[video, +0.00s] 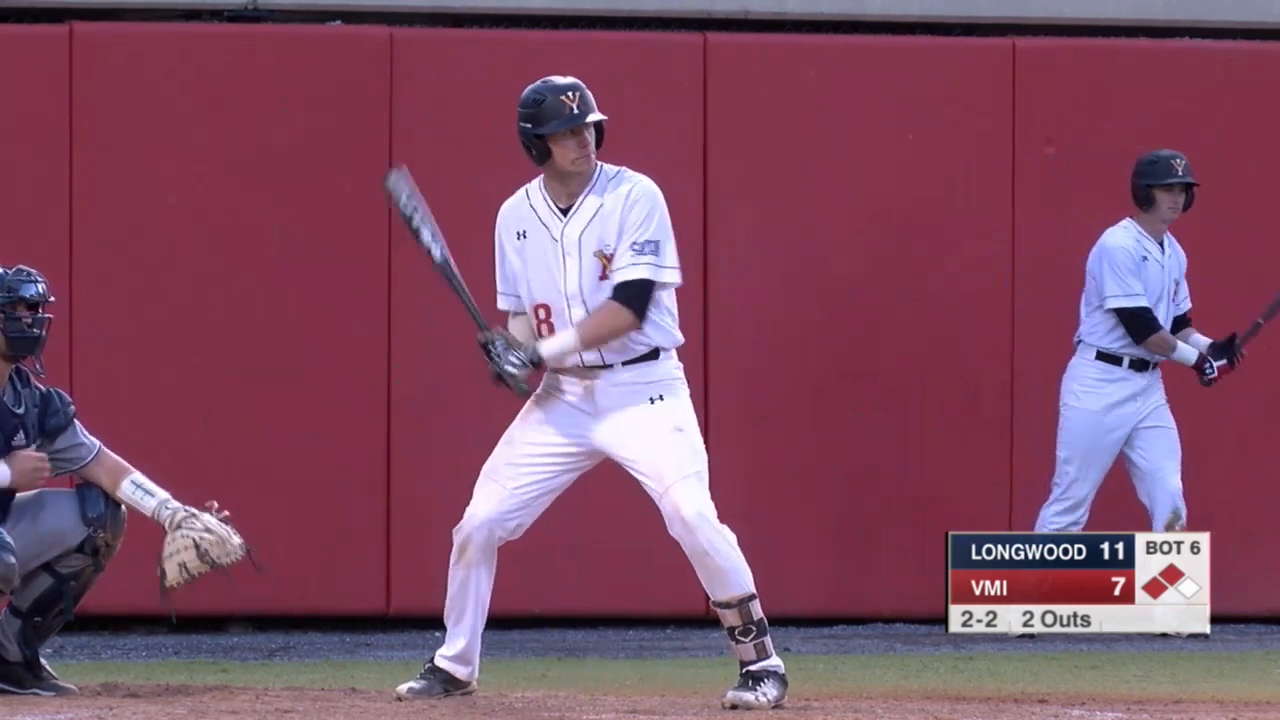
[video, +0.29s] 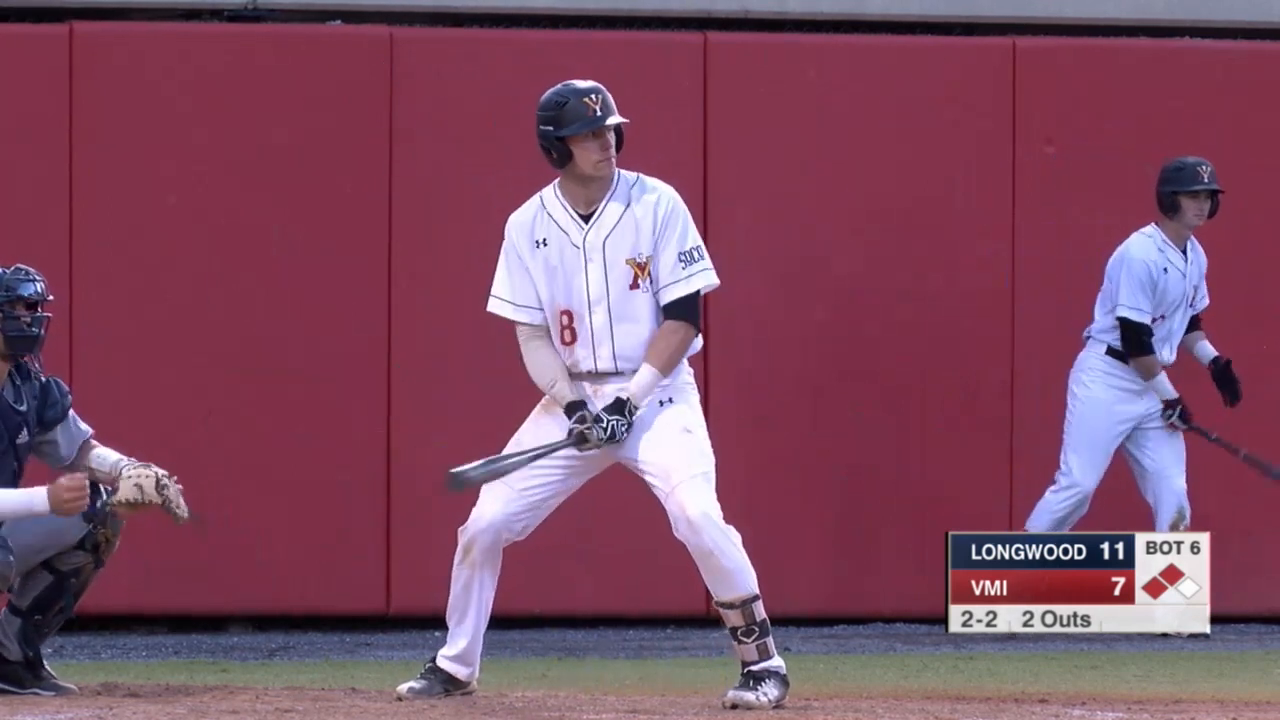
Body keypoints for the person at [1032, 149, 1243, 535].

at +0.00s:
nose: (1178, 198)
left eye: (1183, 190)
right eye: (1169, 189)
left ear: (1188, 196)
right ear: (1145, 191)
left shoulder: (1174, 252)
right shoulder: (1117, 245)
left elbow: (1179, 324)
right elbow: (1142, 330)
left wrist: (1210, 347)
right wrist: (1194, 359)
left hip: (1147, 387)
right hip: (1098, 382)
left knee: (1169, 504)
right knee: (1070, 504)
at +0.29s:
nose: (1204, 206)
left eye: (1208, 198)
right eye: (1195, 197)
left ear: (1213, 203)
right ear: (1170, 199)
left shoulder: (1195, 255)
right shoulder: (1139, 254)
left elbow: (1186, 324)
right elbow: (1134, 340)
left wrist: (1216, 363)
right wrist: (1170, 398)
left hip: (1152, 389)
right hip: (1105, 379)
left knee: (1173, 501)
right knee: (1077, 487)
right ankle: (1019, 566)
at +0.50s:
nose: (1190, 212)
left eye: (1195, 204)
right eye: (1181, 202)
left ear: (1200, 209)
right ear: (1155, 205)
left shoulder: (1187, 261)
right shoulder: (1119, 262)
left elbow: (1183, 327)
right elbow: (1103, 346)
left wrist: (1202, 365)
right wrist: (1118, 413)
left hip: (1144, 391)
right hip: (1092, 386)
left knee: (1169, 499)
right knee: (1054, 489)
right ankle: (1003, 575)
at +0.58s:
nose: (1175, 215)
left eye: (1179, 207)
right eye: (1165, 207)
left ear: (1183, 212)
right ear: (1140, 210)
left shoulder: (1174, 264)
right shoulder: (1102, 266)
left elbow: (1172, 330)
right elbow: (1078, 348)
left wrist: (1189, 369)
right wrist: (1080, 408)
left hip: (1135, 398)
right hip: (1081, 391)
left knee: (1165, 505)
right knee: (1047, 496)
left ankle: (1171, 609)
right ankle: (992, 591)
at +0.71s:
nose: (1147, 218)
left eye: (1153, 210)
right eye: (1138, 210)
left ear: (1158, 216)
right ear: (1114, 213)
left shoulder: (1154, 266)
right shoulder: (1074, 268)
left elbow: (1156, 329)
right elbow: (1043, 339)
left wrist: (1167, 369)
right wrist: (1024, 394)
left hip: (1118, 401)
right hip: (1062, 395)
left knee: (1151, 505)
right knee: (1038, 497)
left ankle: (1165, 606)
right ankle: (991, 594)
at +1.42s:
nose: (1166, 225)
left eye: (1170, 217)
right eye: (1156, 217)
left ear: (1174, 223)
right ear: (1131, 221)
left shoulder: (1168, 274)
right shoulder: (1091, 275)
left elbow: (1169, 335)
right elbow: (1068, 357)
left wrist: (1180, 378)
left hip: (1128, 402)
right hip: (1072, 396)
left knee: (1160, 508)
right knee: (1047, 498)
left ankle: (1171, 608)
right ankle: (994, 590)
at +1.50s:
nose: (1180, 226)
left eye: (1185, 218)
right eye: (1171, 218)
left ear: (1188, 224)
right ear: (1146, 221)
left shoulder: (1181, 275)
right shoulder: (1108, 275)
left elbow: (1183, 340)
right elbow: (1098, 361)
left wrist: (1193, 384)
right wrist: (1141, 411)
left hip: (1138, 404)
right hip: (1084, 399)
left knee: (1167, 507)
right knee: (1055, 499)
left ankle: (1177, 608)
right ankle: (996, 592)